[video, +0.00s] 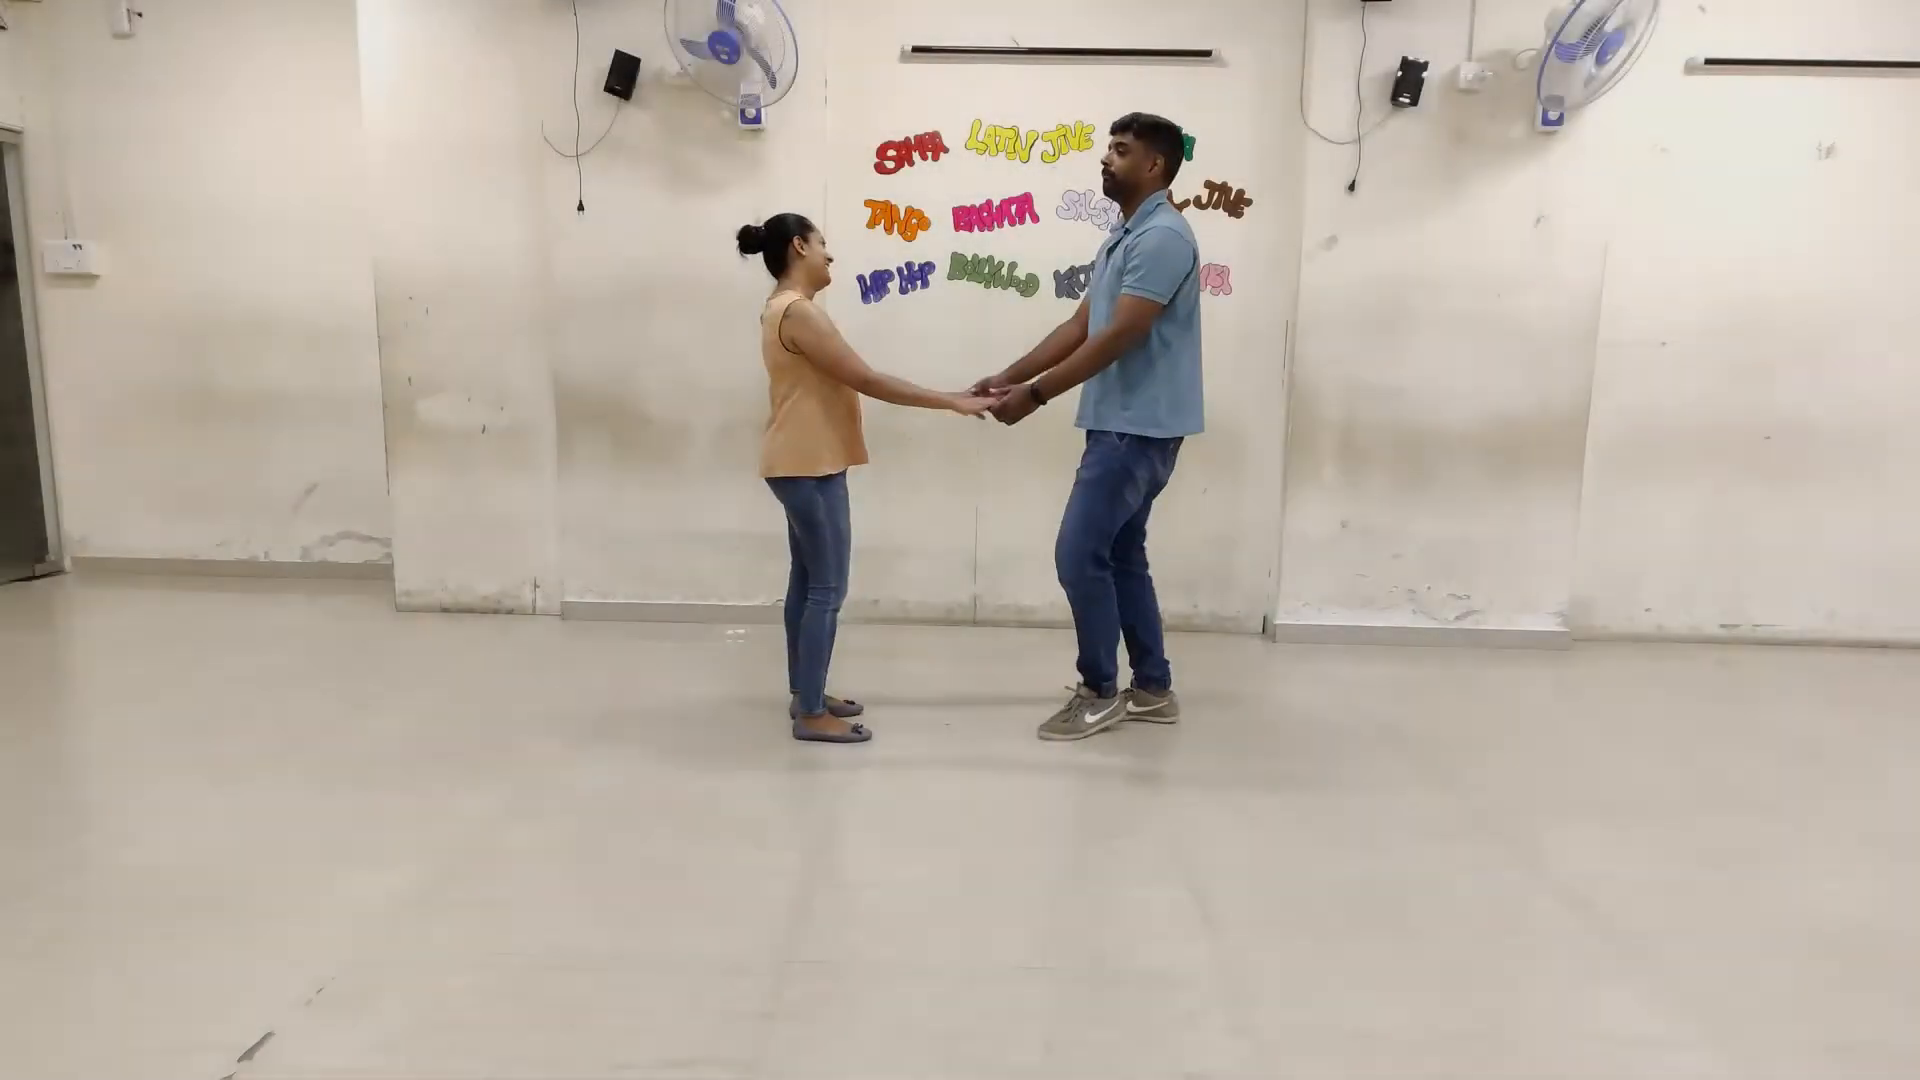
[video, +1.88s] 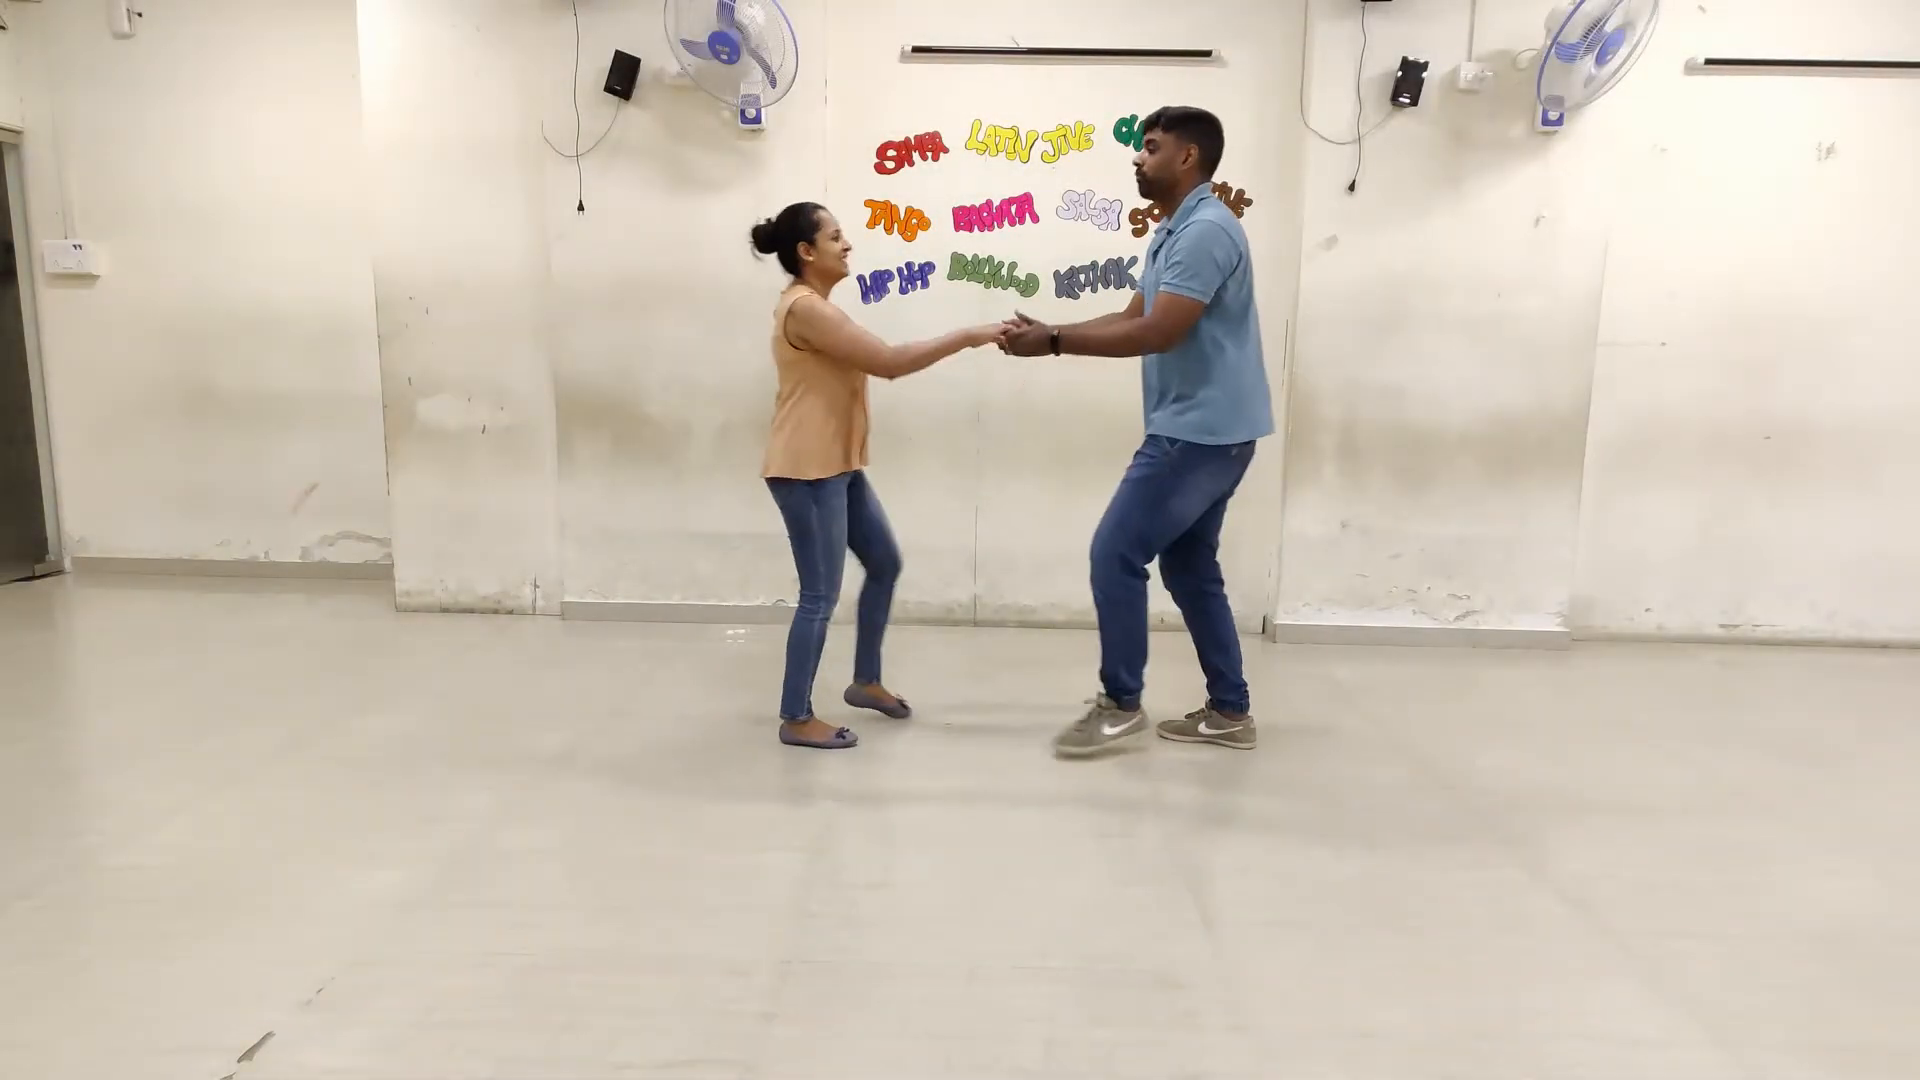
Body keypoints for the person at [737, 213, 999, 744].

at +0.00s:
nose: (830, 254)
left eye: (826, 244)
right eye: (823, 244)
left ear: (793, 251)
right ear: (800, 247)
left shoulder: (783, 310)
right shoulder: (797, 312)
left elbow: (861, 379)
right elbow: (865, 379)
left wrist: (944, 401)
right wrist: (950, 400)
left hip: (801, 463)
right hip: (812, 465)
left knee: (807, 584)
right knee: (827, 591)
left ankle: (807, 693)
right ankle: (812, 714)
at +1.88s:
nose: (847, 244)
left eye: (842, 235)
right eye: (835, 238)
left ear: (813, 251)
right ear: (806, 252)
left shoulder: (817, 305)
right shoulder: (804, 309)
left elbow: (886, 362)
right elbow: (889, 363)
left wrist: (958, 342)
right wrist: (967, 336)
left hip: (839, 468)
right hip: (806, 472)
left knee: (885, 563)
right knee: (820, 593)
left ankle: (867, 683)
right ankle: (795, 718)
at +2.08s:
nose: (900, 267)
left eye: (896, 258)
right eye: (889, 259)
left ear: (865, 272)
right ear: (860, 271)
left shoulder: (871, 332)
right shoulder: (853, 334)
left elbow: (903, 418)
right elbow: (889, 422)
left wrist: (981, 420)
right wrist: (977, 429)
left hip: (882, 493)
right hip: (849, 496)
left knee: (933, 584)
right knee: (863, 614)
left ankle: (923, 706)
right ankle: (799, 719)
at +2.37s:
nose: (961, 240)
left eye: (958, 231)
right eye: (951, 232)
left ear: (928, 245)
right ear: (922, 244)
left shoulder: (935, 306)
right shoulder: (913, 309)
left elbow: (941, 386)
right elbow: (914, 397)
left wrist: (993, 363)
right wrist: (988, 371)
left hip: (946, 467)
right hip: (921, 470)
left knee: (949, 590)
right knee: (948, 592)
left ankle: (926, 703)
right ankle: (886, 697)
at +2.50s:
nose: (967, 244)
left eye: (963, 235)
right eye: (956, 237)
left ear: (932, 251)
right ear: (929, 250)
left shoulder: (939, 311)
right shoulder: (919, 315)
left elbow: (944, 390)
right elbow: (917, 403)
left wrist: (994, 370)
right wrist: (990, 382)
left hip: (949, 472)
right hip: (926, 476)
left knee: (943, 591)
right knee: (960, 594)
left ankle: (925, 702)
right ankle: (889, 698)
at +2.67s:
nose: (944, 250)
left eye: (940, 241)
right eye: (934, 242)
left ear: (905, 252)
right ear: (907, 252)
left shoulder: (906, 310)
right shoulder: (896, 314)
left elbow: (920, 391)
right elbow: (917, 398)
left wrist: (975, 359)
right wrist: (984, 364)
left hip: (918, 472)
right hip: (896, 474)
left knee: (931, 597)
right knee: (923, 599)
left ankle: (924, 706)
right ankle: (836, 697)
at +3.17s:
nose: (828, 264)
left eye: (825, 254)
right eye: (823, 256)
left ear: (777, 266)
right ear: (802, 263)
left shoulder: (743, 321)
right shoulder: (819, 314)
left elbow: (713, 400)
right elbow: (910, 344)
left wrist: (763, 423)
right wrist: (991, 319)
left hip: (743, 475)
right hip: (796, 476)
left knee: (792, 592)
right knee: (789, 609)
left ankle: (780, 704)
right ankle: (764, 741)